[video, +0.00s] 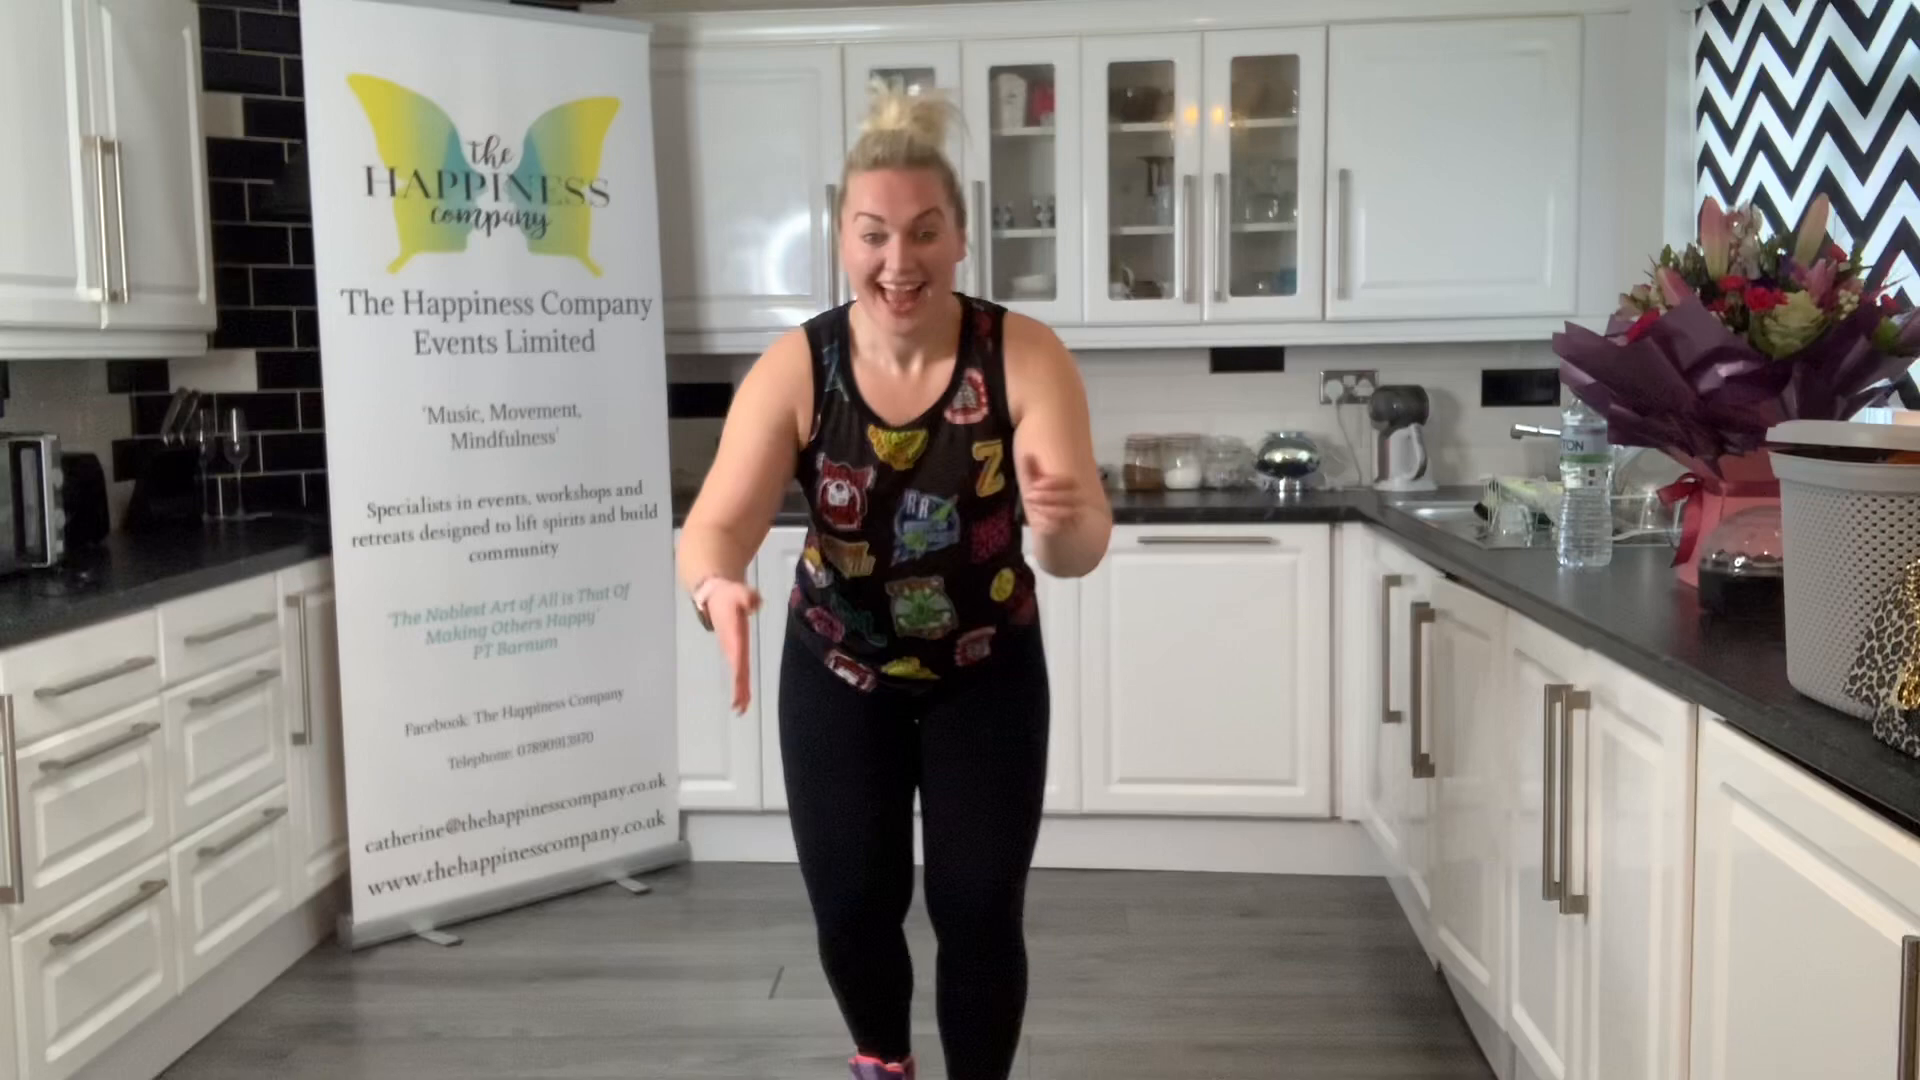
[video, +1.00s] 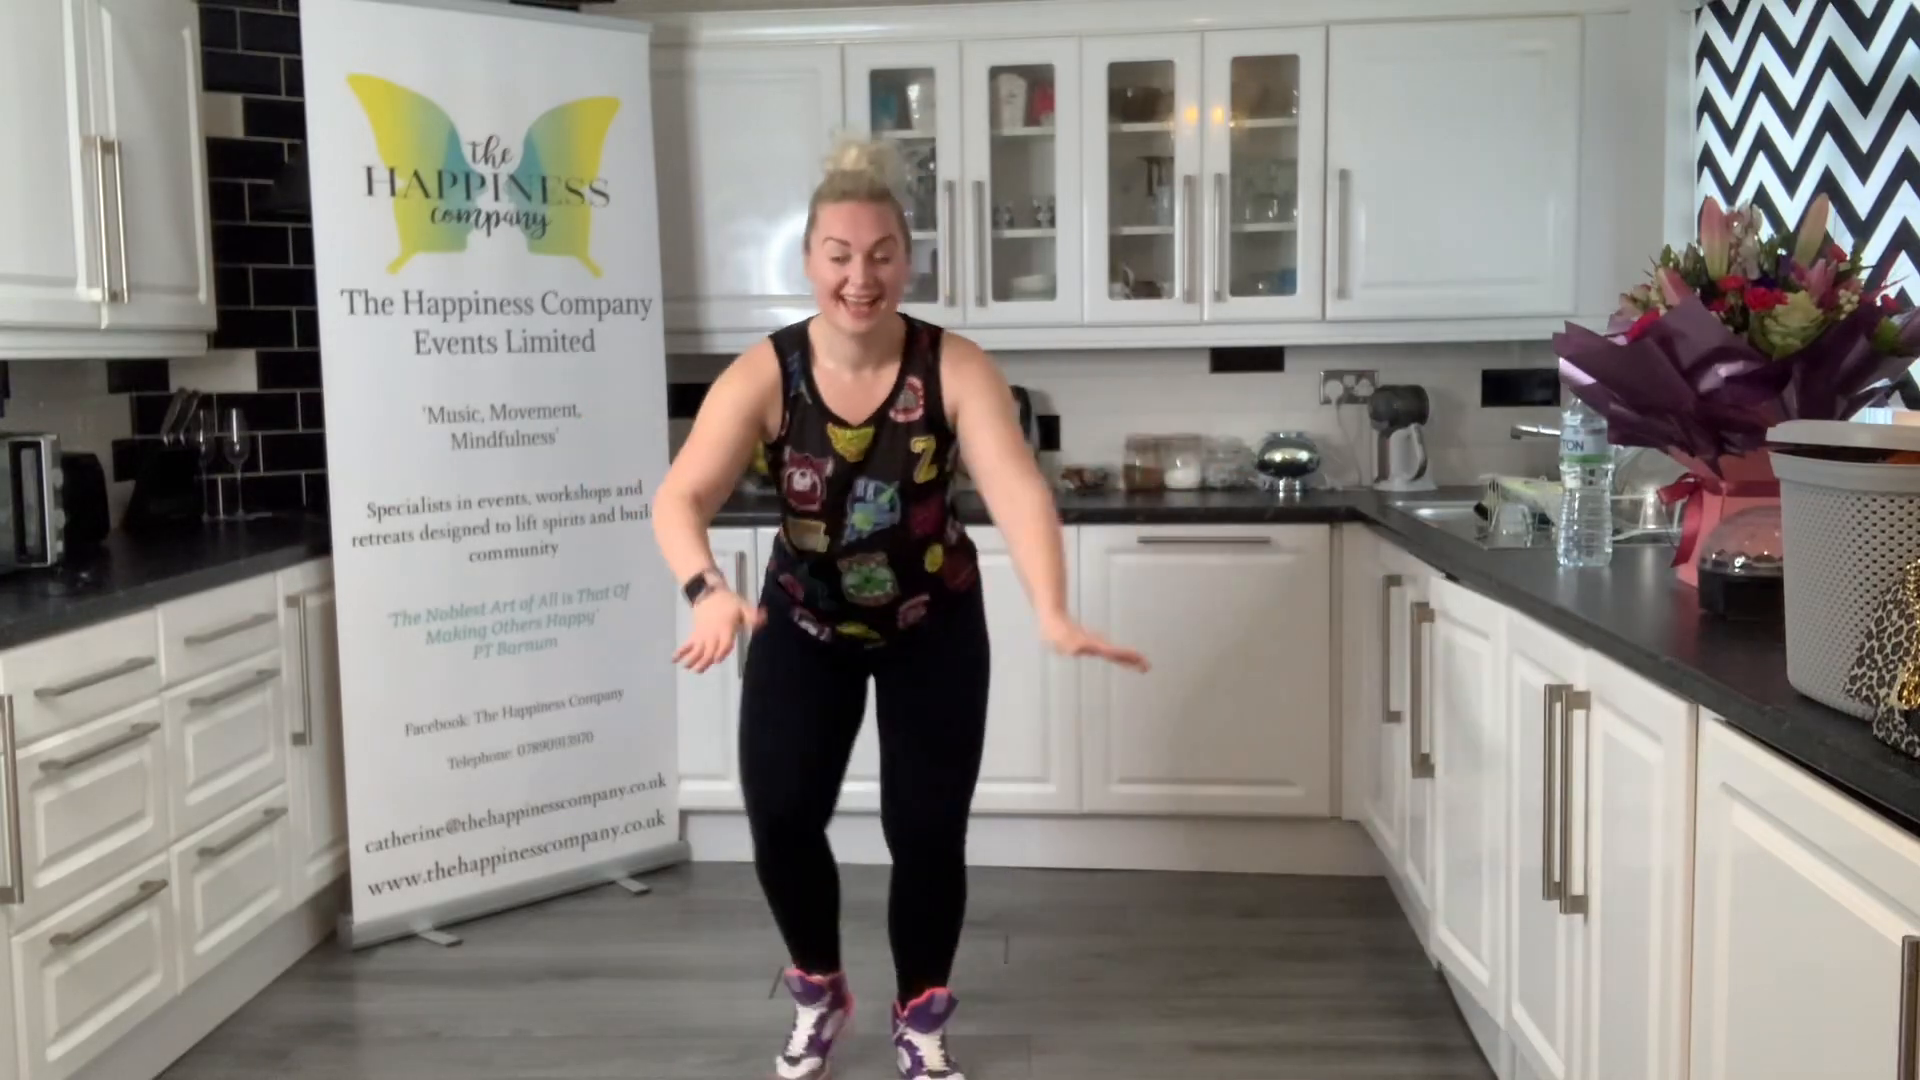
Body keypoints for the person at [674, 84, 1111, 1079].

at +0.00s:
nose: (900, 260)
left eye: (924, 231)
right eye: (874, 232)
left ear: (959, 232)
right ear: (842, 236)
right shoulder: (793, 368)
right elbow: (714, 525)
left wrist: (1061, 517)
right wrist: (715, 582)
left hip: (985, 667)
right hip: (838, 664)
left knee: (978, 912)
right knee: (850, 906)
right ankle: (883, 1062)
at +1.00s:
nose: (860, 276)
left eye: (880, 255)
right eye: (839, 255)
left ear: (908, 258)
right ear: (808, 261)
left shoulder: (956, 370)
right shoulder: (764, 375)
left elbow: (1019, 493)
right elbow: (678, 500)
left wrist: (1054, 610)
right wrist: (708, 587)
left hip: (931, 621)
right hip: (805, 619)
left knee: (926, 829)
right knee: (781, 816)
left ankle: (922, 1021)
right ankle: (817, 993)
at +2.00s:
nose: (762, 249)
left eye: (780, 231)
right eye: (743, 233)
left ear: (805, 241)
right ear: (718, 243)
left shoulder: (848, 353)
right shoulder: (677, 352)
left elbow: (843, 499)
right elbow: (591, 444)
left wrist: (736, 552)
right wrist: (516, 516)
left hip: (821, 596)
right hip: (706, 598)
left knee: (862, 771)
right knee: (712, 786)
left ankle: (806, 929)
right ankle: (727, 966)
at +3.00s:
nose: (905, 248)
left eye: (922, 232)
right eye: (886, 233)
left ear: (948, 248)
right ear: (861, 251)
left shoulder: (991, 349)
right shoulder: (828, 365)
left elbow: (1058, 459)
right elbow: (818, 508)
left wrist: (1143, 499)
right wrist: (896, 538)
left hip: (989, 588)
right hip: (877, 591)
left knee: (991, 771)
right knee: (836, 751)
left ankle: (984, 945)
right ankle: (887, 943)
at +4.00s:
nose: (809, 243)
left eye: (826, 228)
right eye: (789, 230)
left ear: (848, 246)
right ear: (765, 254)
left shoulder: (893, 356)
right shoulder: (723, 362)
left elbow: (906, 502)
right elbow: (658, 476)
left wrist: (814, 595)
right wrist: (574, 560)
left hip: (854, 577)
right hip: (741, 582)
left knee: (939, 732)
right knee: (746, 768)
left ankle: (924, 905)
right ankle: (755, 947)